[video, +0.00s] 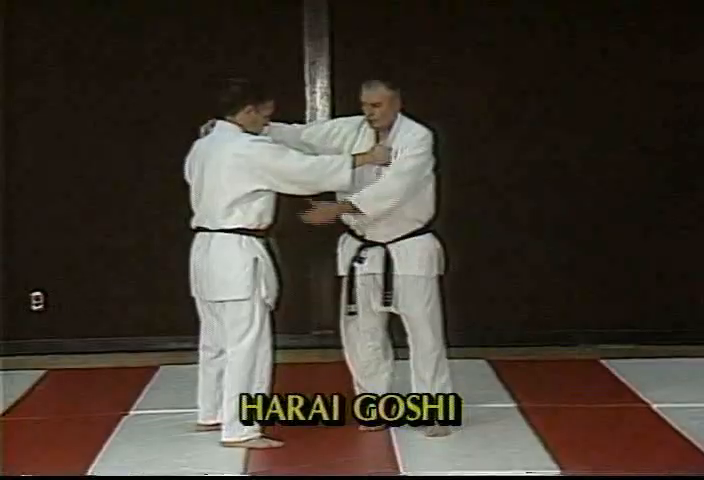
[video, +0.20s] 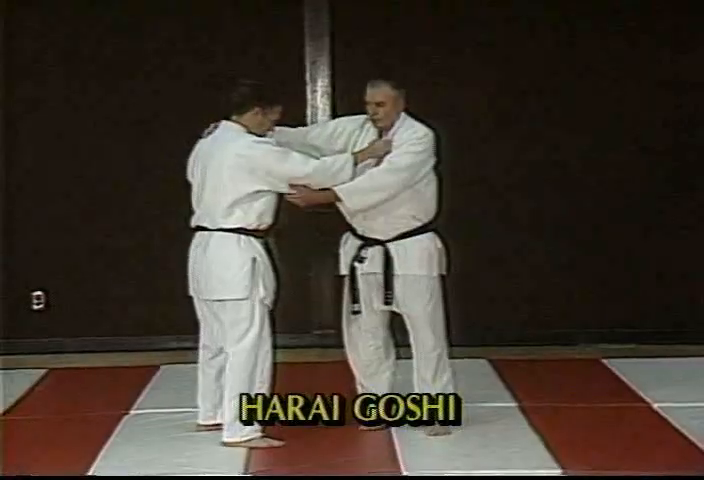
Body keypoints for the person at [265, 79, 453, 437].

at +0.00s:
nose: (370, 113)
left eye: (377, 106)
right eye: (366, 107)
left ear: (397, 104)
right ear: (361, 106)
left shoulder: (416, 138)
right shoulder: (351, 131)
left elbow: (393, 189)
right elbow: (302, 135)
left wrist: (339, 209)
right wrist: (245, 127)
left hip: (409, 247)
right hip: (361, 246)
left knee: (423, 332)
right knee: (361, 330)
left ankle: (435, 411)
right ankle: (373, 406)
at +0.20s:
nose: (374, 112)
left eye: (381, 106)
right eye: (369, 106)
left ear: (400, 104)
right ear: (365, 105)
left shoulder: (418, 138)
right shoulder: (354, 129)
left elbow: (387, 180)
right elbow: (305, 136)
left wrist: (326, 196)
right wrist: (242, 131)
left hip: (412, 246)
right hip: (363, 246)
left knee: (424, 331)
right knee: (364, 330)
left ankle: (437, 409)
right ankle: (374, 405)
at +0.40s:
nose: (379, 111)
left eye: (386, 104)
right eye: (375, 104)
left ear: (406, 103)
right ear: (370, 105)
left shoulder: (423, 138)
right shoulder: (360, 127)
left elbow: (389, 178)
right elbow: (314, 135)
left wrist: (327, 190)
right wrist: (264, 132)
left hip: (415, 246)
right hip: (367, 246)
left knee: (428, 330)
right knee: (368, 330)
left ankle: (439, 409)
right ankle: (377, 405)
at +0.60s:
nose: (388, 113)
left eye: (395, 106)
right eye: (384, 106)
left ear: (417, 104)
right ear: (381, 104)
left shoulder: (434, 139)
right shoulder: (369, 127)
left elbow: (399, 175)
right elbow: (325, 140)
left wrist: (334, 185)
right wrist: (275, 139)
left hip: (425, 245)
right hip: (375, 244)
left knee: (431, 329)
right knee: (374, 329)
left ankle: (435, 406)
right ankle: (386, 404)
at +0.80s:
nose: (394, 116)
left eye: (401, 109)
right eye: (390, 109)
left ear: (422, 105)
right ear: (385, 107)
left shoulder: (443, 139)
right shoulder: (377, 129)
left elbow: (407, 175)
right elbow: (331, 142)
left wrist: (341, 187)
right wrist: (281, 139)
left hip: (439, 245)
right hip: (389, 243)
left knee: (434, 332)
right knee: (384, 330)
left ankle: (428, 409)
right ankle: (393, 406)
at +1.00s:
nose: (397, 128)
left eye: (403, 120)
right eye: (393, 121)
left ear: (423, 112)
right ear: (388, 117)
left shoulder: (449, 142)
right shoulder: (384, 132)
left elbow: (413, 183)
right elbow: (338, 142)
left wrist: (349, 194)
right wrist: (289, 140)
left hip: (449, 244)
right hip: (402, 242)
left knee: (444, 330)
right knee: (396, 328)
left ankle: (436, 411)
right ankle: (396, 408)